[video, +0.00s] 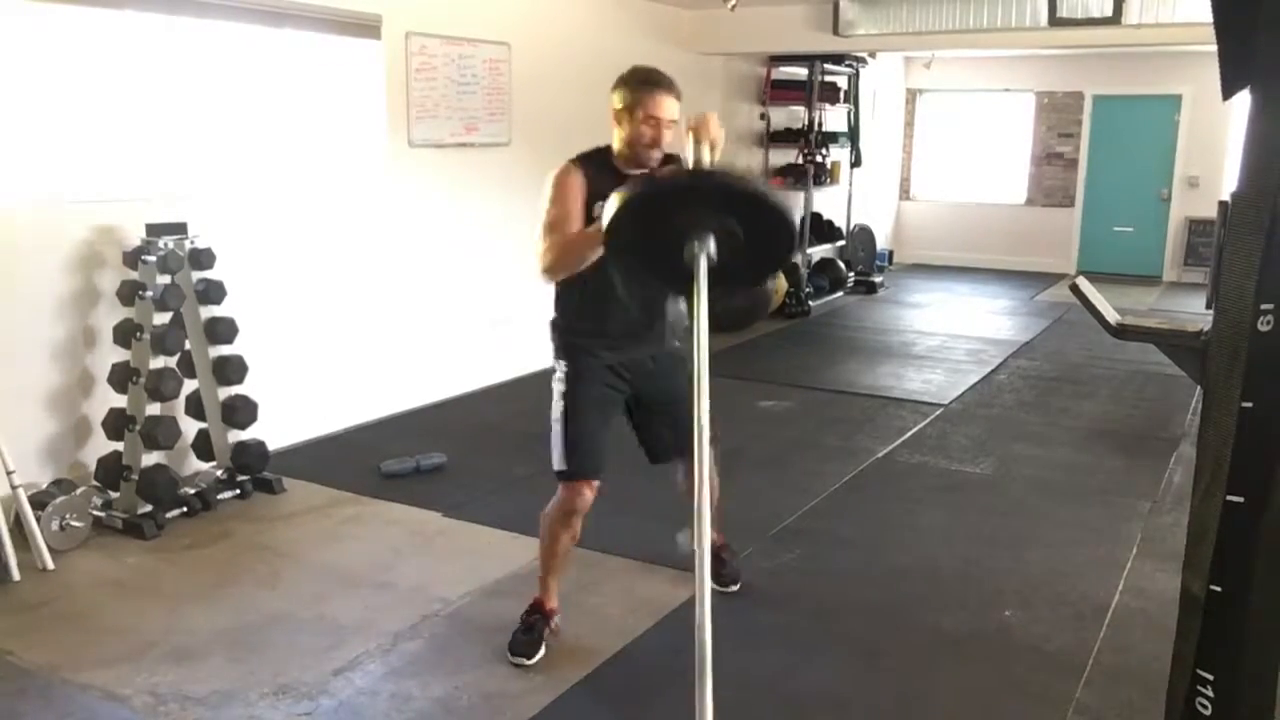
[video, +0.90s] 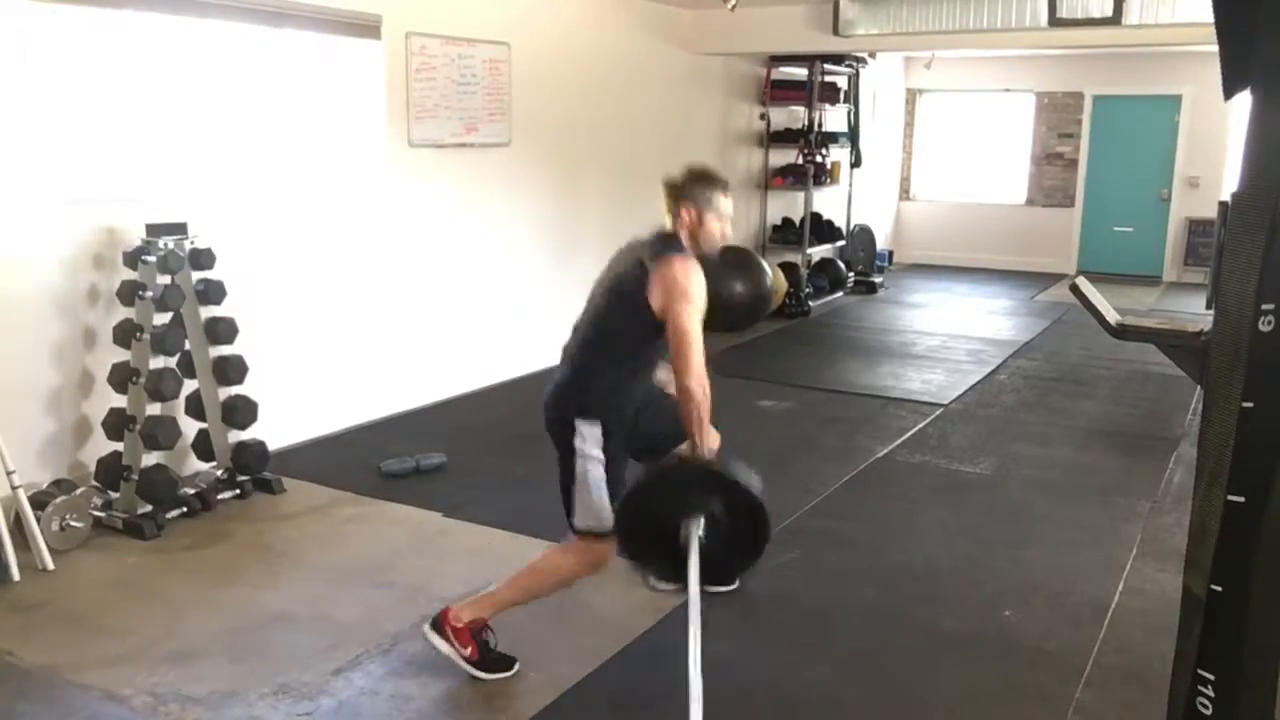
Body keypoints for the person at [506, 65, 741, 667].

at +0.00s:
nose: (659, 134)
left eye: (668, 123)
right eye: (648, 121)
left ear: (679, 127)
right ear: (618, 117)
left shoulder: (677, 175)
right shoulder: (579, 176)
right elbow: (552, 264)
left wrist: (706, 167)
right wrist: (618, 223)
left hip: (664, 348)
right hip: (590, 353)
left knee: (699, 459)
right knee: (577, 493)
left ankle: (710, 545)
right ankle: (544, 605)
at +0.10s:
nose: (684, 136)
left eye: (688, 124)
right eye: (675, 122)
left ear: (684, 126)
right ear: (636, 117)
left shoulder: (675, 186)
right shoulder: (590, 178)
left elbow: (682, 263)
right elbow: (578, 260)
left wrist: (708, 219)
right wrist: (671, 219)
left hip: (652, 341)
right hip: (587, 345)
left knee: (688, 442)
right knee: (582, 488)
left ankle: (678, 553)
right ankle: (512, 601)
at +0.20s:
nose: (704, 152)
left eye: (706, 140)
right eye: (696, 139)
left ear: (672, 138)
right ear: (658, 135)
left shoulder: (679, 196)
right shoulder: (611, 192)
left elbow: (692, 265)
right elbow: (593, 276)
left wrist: (720, 272)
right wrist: (680, 274)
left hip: (637, 348)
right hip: (586, 353)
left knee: (677, 445)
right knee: (584, 495)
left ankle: (675, 560)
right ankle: (489, 605)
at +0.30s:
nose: (720, 177)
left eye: (721, 165)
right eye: (714, 164)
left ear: (682, 161)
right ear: (679, 159)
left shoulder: (670, 212)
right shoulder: (636, 217)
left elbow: (675, 290)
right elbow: (633, 308)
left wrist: (708, 336)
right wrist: (709, 341)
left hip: (626, 359)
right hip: (582, 365)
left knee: (682, 438)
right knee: (586, 506)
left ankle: (674, 561)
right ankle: (478, 609)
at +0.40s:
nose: (728, 211)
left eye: (729, 198)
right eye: (723, 198)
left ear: (688, 196)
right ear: (693, 196)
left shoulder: (658, 236)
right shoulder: (663, 257)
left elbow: (649, 325)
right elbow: (669, 363)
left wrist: (695, 361)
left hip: (619, 381)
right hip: (580, 390)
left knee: (684, 450)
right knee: (594, 529)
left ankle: (674, 557)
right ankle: (466, 618)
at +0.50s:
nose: (738, 251)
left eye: (740, 240)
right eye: (734, 238)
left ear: (693, 236)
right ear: (704, 237)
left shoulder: (646, 265)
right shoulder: (684, 303)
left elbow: (634, 361)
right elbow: (688, 417)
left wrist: (683, 436)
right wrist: (703, 480)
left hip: (616, 401)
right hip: (576, 417)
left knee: (688, 444)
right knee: (604, 549)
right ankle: (469, 616)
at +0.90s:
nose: (728, 229)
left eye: (728, 217)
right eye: (721, 217)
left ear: (684, 217)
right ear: (689, 215)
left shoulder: (652, 252)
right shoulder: (679, 268)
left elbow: (645, 349)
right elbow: (691, 373)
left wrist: (688, 404)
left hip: (625, 395)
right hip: (587, 409)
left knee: (697, 447)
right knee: (592, 550)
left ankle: (671, 552)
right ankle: (462, 618)